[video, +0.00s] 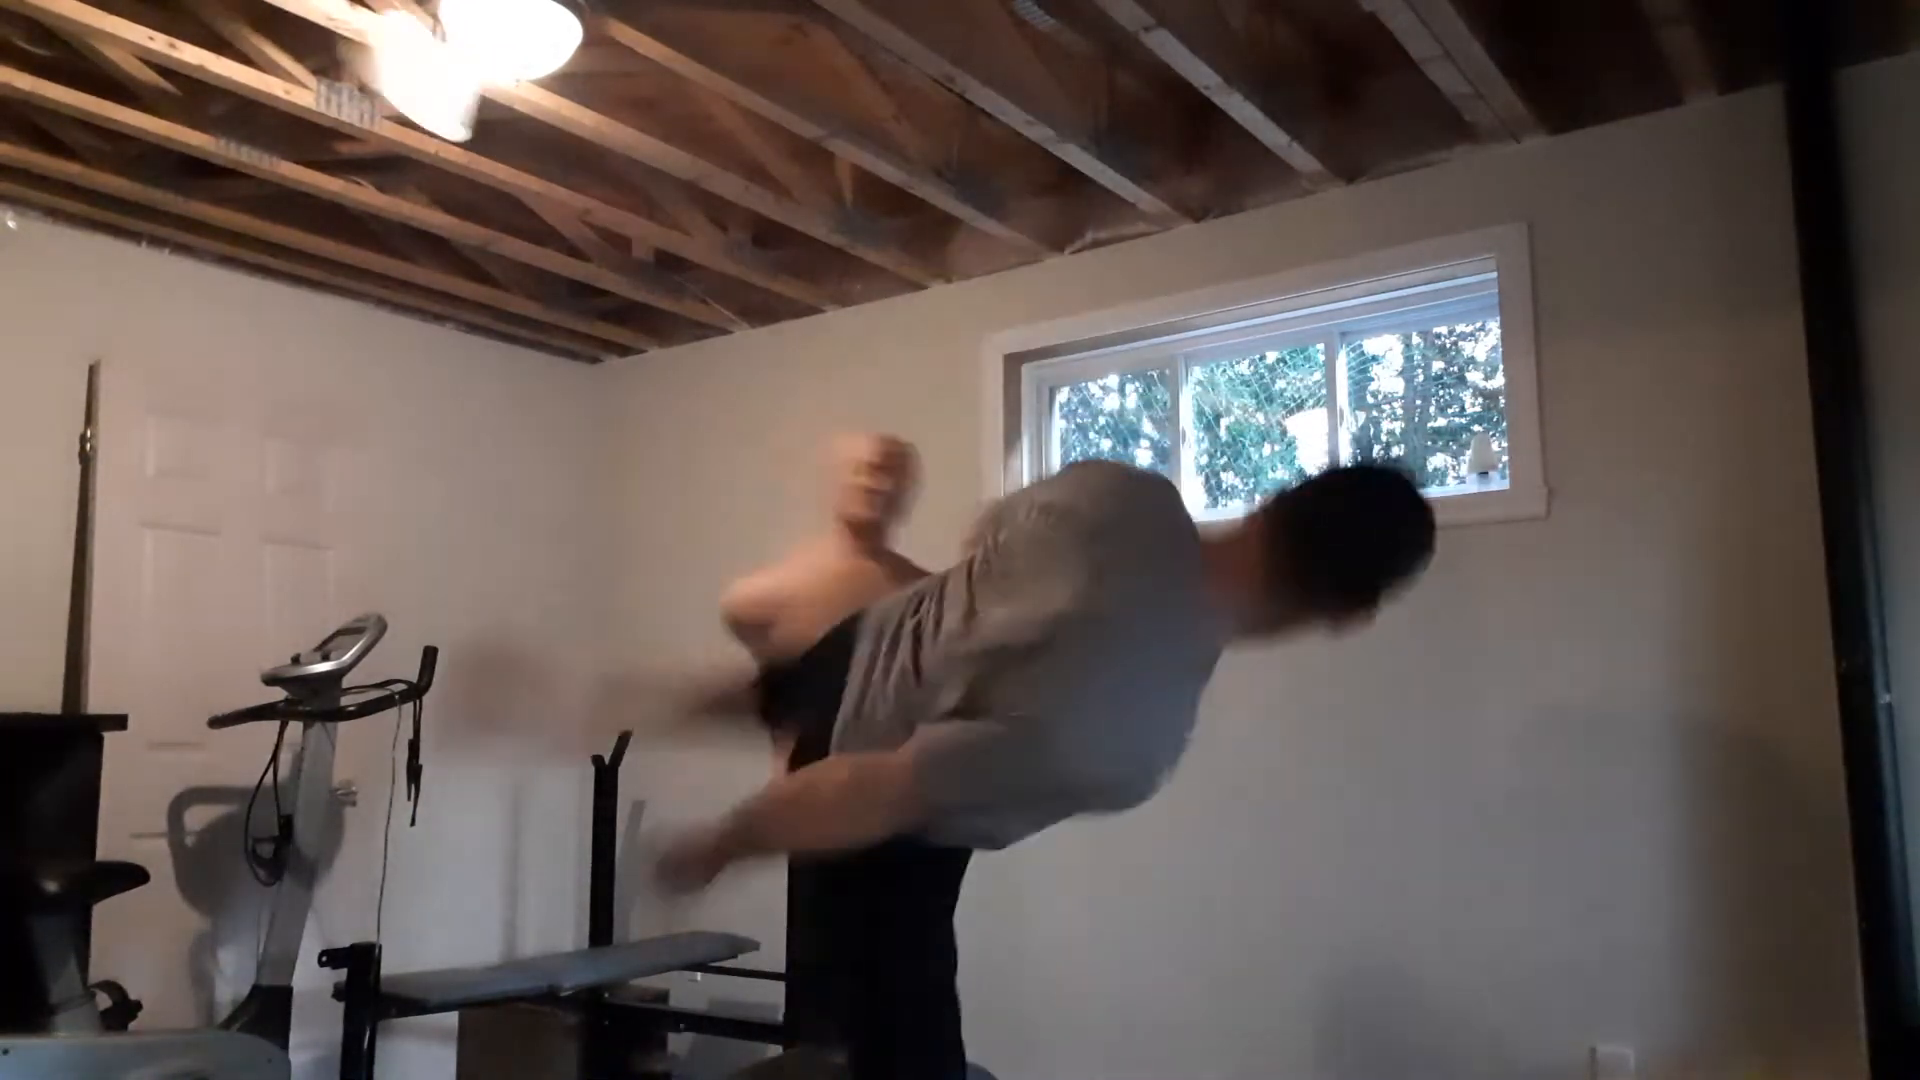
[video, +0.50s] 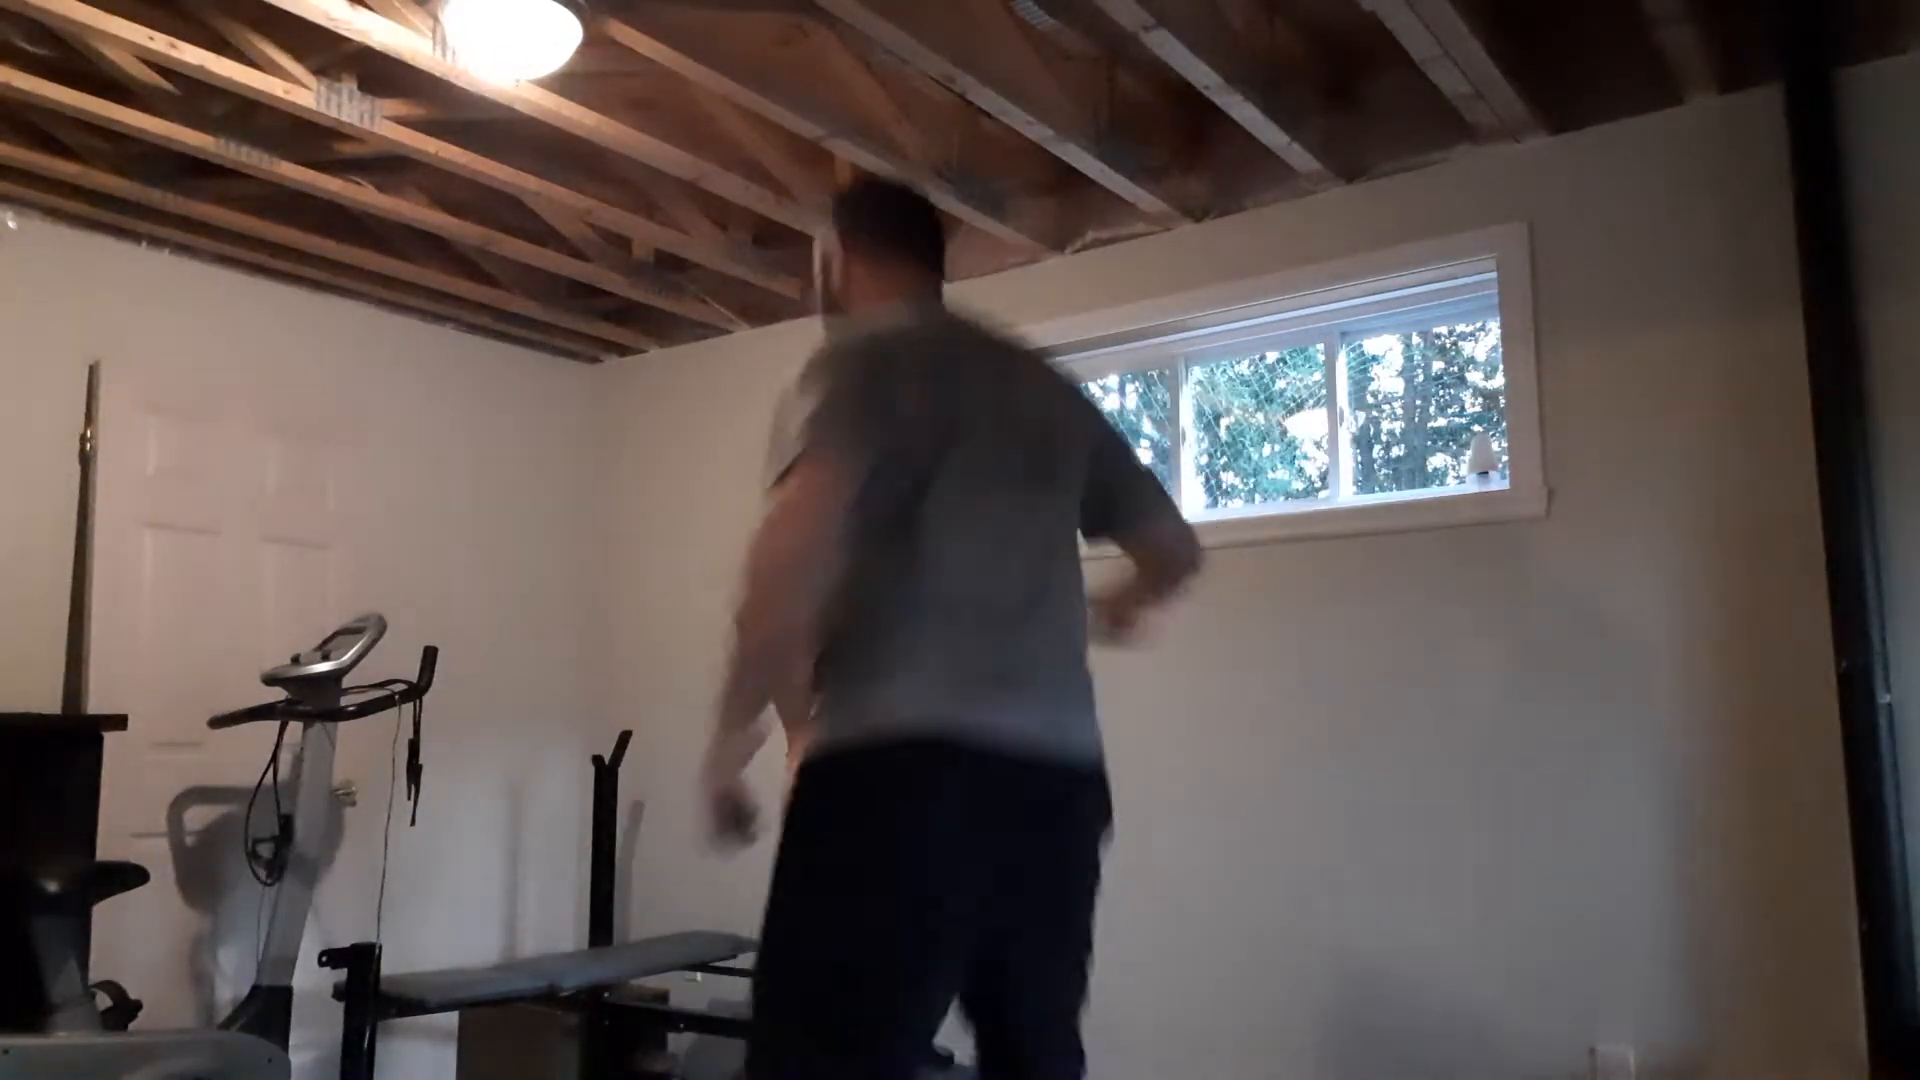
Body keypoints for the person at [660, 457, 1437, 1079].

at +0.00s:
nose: (1348, 628)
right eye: (1362, 607)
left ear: (1279, 495)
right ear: (1343, 613)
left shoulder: (1122, 492)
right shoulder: (1125, 737)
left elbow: (969, 570)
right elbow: (886, 782)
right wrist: (725, 840)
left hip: (848, 652)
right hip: (877, 822)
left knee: (786, 639)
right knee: (901, 1055)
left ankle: (843, 532)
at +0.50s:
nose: (825, 285)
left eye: (823, 266)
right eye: (825, 269)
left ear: (840, 262)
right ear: (937, 262)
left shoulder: (859, 365)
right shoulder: (1043, 383)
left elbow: (804, 530)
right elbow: (1173, 548)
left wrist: (735, 733)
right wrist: (1119, 606)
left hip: (892, 781)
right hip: (1053, 789)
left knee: (819, 1056)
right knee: (1037, 1056)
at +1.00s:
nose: (865, 267)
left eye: (864, 241)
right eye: (864, 245)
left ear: (885, 237)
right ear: (978, 230)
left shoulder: (997, 330)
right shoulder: (983, 348)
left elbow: (1079, 558)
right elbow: (1038, 567)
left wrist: (897, 664)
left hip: (1035, 761)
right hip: (1011, 761)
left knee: (974, 1054)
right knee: (996, 1054)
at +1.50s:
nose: (1106, 328)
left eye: (1111, 313)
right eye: (1122, 312)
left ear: (1111, 323)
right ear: (1206, 333)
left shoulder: (1038, 444)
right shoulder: (1283, 490)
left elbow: (911, 636)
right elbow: (1395, 701)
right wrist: (1474, 928)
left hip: (1042, 859)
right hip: (1216, 882)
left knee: (1011, 1066)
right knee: (1181, 1067)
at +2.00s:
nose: (1255, 344)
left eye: (1258, 322)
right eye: (1260, 325)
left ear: (1275, 315)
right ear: (1377, 323)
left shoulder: (1219, 403)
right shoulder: (1486, 436)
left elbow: (1045, 446)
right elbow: (1475, 569)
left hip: (1134, 718)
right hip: (1301, 801)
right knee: (1325, 1047)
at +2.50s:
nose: (1217, 371)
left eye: (1216, 356)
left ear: (1226, 355)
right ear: (1333, 363)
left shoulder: (1157, 490)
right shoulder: (1431, 467)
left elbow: (1097, 706)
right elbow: (1512, 691)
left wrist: (1169, 813)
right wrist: (1393, 647)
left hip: (1225, 874)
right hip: (1417, 874)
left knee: (1206, 1066)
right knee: (1513, 1068)